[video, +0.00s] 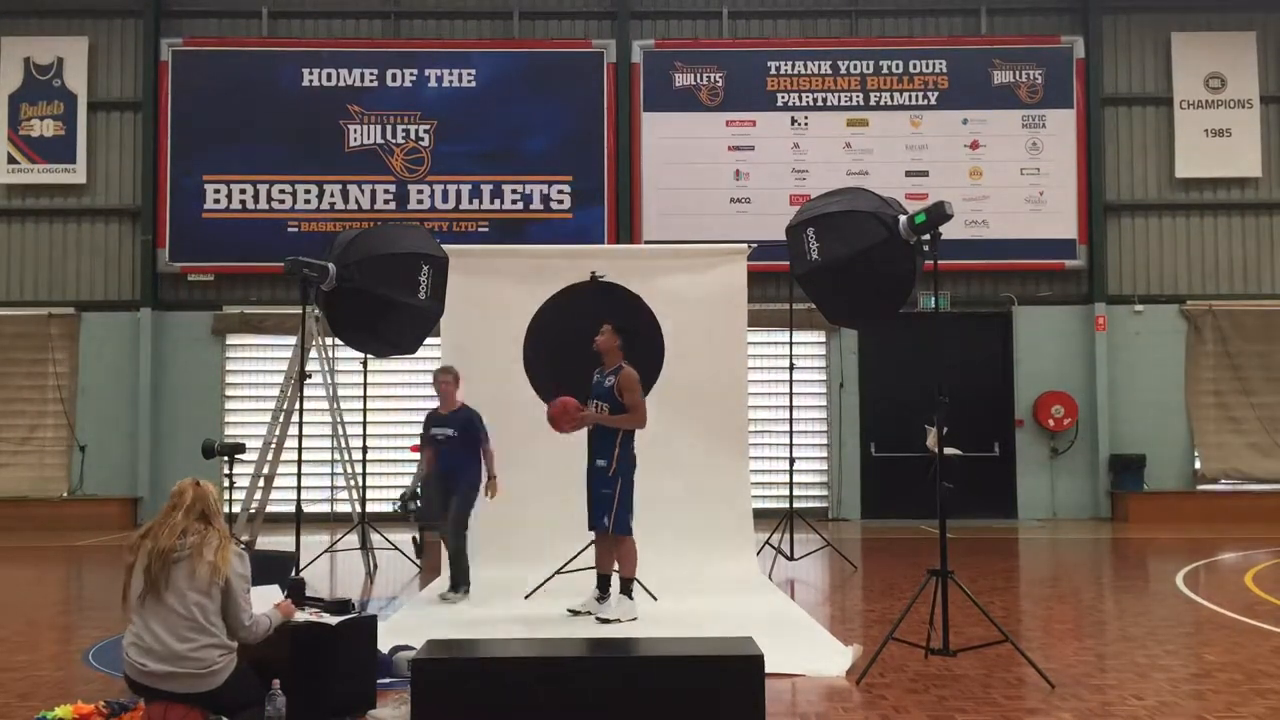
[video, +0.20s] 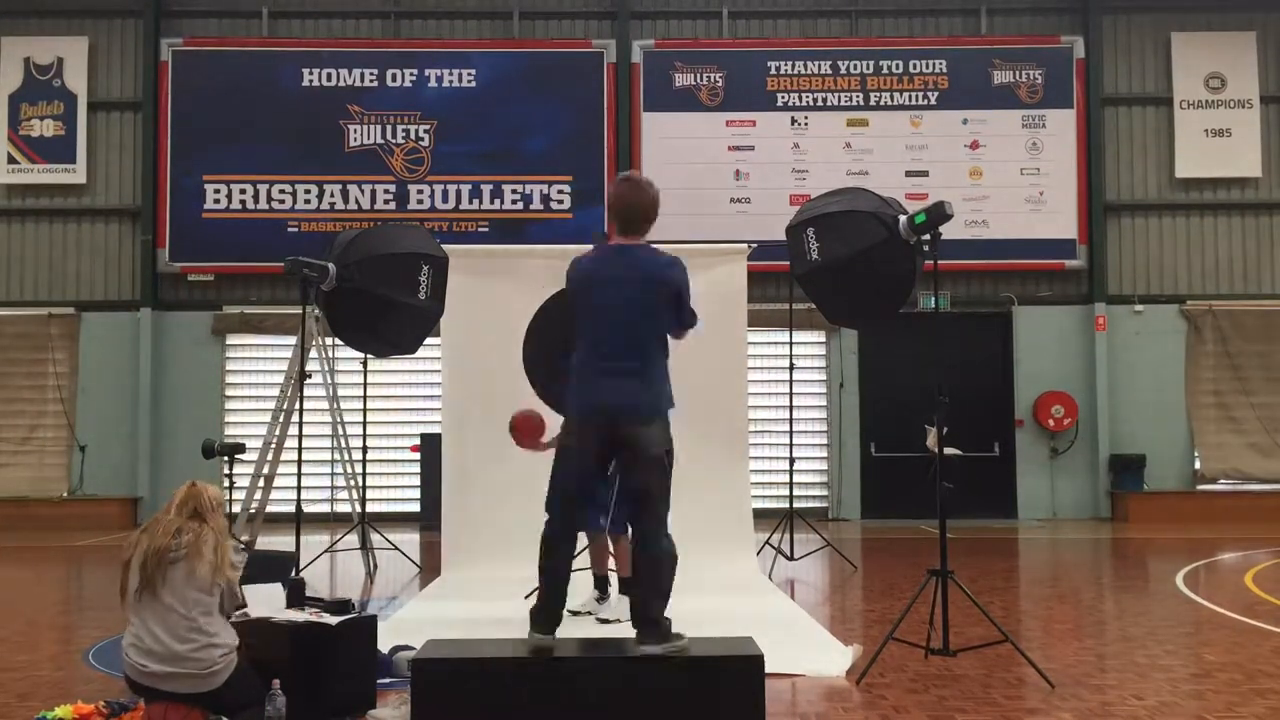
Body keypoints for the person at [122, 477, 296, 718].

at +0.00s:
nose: (222, 513)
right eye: (219, 507)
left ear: (172, 508)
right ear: (214, 511)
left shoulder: (147, 545)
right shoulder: (229, 554)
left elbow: (135, 609)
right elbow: (246, 631)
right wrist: (279, 614)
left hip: (141, 677)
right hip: (205, 682)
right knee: (253, 703)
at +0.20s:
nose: (223, 517)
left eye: (222, 511)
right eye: (221, 511)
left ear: (175, 507)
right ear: (214, 512)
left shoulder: (144, 539)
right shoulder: (223, 547)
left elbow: (133, 600)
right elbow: (230, 605)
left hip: (141, 677)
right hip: (208, 680)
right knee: (254, 704)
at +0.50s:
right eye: (217, 504)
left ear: (173, 508)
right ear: (215, 509)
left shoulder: (142, 542)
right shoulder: (226, 549)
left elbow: (132, 605)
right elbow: (254, 621)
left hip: (140, 678)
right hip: (205, 681)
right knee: (254, 702)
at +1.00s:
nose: (224, 513)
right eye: (222, 507)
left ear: (175, 504)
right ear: (216, 510)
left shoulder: (142, 540)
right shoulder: (223, 548)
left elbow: (133, 603)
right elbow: (251, 618)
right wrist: (263, 612)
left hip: (139, 678)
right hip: (203, 681)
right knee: (254, 700)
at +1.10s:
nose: (233, 524)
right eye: (230, 518)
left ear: (187, 517)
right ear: (226, 520)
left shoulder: (156, 546)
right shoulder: (230, 550)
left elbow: (137, 605)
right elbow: (255, 618)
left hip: (141, 678)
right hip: (207, 682)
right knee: (253, 704)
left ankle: (153, 708)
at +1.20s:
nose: (223, 513)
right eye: (219, 507)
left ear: (171, 506)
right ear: (213, 510)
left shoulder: (141, 540)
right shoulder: (224, 547)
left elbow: (130, 608)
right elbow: (255, 617)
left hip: (140, 679)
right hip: (206, 682)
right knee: (254, 701)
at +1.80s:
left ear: (173, 509)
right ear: (218, 514)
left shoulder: (144, 543)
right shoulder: (226, 550)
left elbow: (130, 608)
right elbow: (253, 618)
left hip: (140, 679)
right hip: (205, 681)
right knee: (255, 703)